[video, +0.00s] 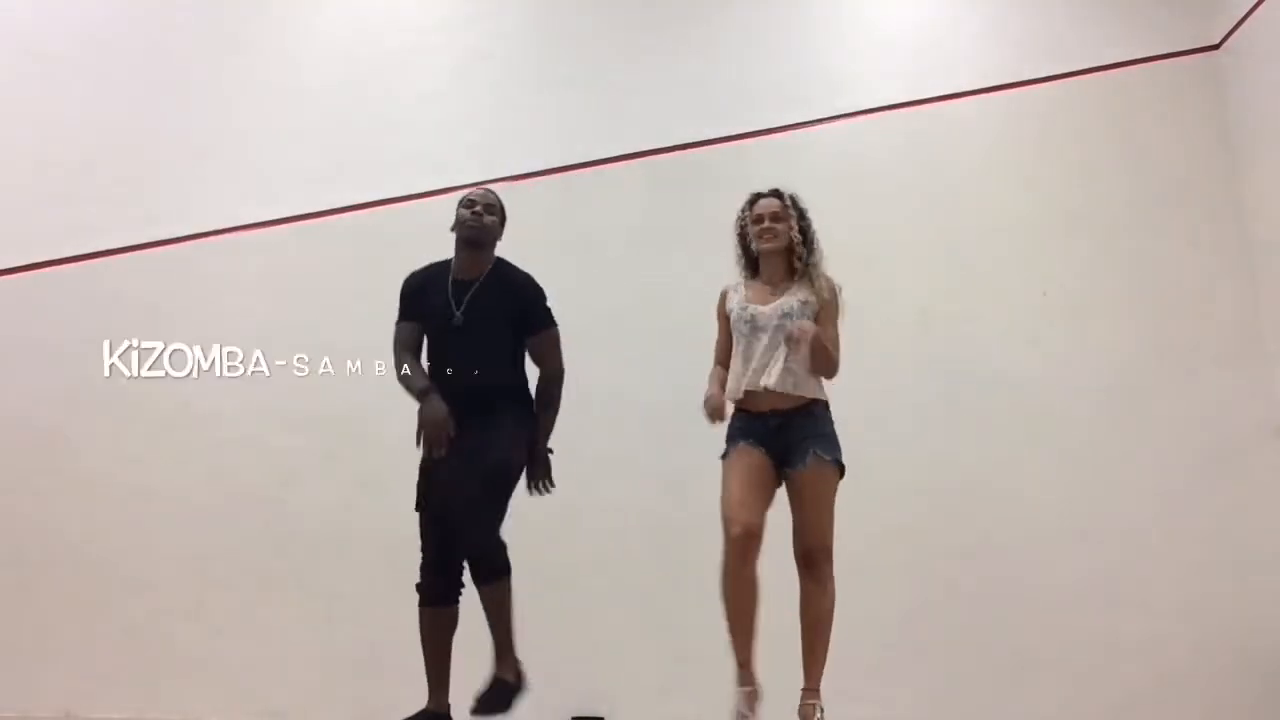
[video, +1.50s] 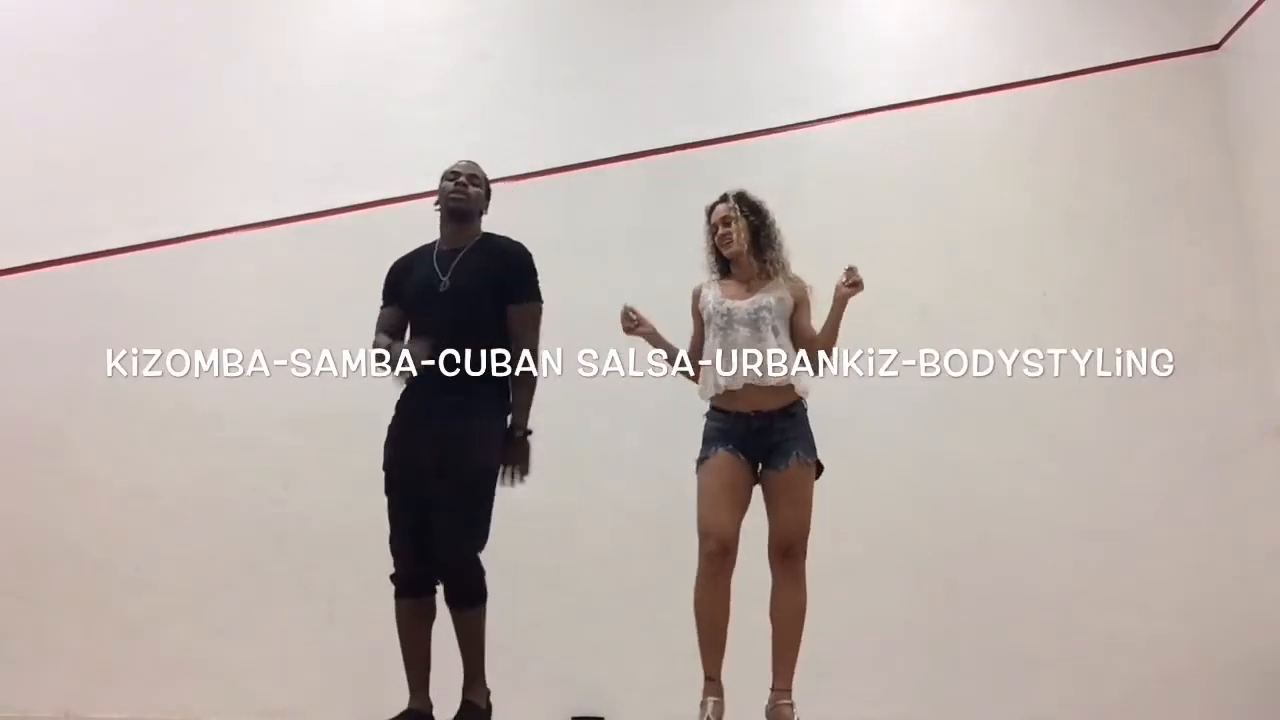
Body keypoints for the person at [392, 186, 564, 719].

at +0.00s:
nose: (478, 208)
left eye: (490, 207)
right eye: (469, 204)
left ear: (502, 230)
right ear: (452, 222)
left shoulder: (520, 288)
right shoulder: (422, 285)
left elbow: (552, 371)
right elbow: (405, 358)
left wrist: (539, 445)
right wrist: (429, 397)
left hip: (505, 428)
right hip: (446, 428)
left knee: (479, 534)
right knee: (437, 557)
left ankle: (507, 670)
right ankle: (437, 703)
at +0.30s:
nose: (494, 208)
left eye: (505, 205)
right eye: (485, 203)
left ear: (519, 227)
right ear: (470, 220)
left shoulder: (534, 293)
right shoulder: (435, 268)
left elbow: (562, 371)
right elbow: (405, 346)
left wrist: (541, 433)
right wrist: (397, 417)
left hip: (500, 455)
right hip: (433, 451)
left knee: (491, 579)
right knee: (429, 582)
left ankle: (469, 700)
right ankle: (435, 703)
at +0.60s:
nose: (499, 211)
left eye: (510, 207)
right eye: (490, 207)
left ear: (526, 230)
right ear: (477, 228)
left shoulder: (542, 303)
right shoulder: (450, 273)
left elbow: (549, 382)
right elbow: (397, 345)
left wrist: (502, 365)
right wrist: (369, 421)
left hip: (509, 449)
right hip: (448, 446)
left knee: (503, 574)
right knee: (447, 565)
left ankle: (465, 703)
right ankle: (423, 682)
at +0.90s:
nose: (486, 188)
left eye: (497, 183)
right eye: (476, 184)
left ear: (513, 203)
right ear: (462, 204)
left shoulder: (539, 268)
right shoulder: (432, 261)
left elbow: (562, 329)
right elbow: (390, 328)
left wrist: (515, 352)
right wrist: (393, 372)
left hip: (506, 427)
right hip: (446, 423)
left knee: (489, 565)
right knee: (450, 541)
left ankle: (465, 703)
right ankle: (411, 657)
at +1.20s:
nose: (461, 182)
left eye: (473, 178)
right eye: (453, 177)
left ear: (490, 200)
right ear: (439, 198)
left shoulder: (513, 255)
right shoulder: (411, 266)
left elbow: (548, 333)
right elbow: (385, 344)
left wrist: (551, 412)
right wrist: (405, 343)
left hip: (492, 439)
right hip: (423, 437)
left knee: (482, 575)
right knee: (416, 570)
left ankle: (464, 705)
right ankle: (418, 703)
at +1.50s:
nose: (461, 183)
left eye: (472, 180)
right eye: (452, 178)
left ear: (487, 200)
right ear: (436, 198)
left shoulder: (510, 259)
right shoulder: (408, 267)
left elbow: (528, 353)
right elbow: (383, 337)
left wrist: (519, 429)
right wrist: (398, 350)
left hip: (475, 431)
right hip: (413, 431)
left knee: (459, 559)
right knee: (410, 566)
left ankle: (475, 695)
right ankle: (418, 702)